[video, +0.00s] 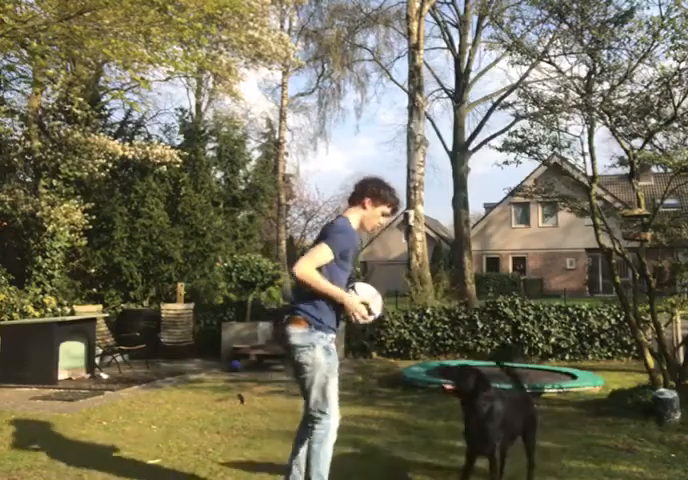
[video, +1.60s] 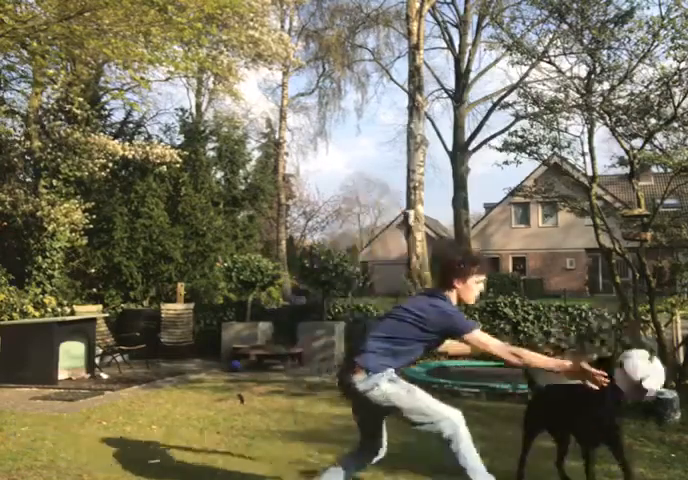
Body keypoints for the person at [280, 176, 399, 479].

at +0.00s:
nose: (381, 224)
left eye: (386, 218)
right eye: (383, 215)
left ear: (365, 204)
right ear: (367, 202)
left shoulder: (343, 231)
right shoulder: (343, 231)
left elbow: (317, 277)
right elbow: (302, 268)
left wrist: (351, 300)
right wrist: (345, 299)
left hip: (311, 332)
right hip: (311, 334)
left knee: (316, 415)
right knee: (326, 417)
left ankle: (297, 474)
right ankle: (315, 475)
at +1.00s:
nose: (393, 224)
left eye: (396, 218)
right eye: (394, 216)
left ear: (375, 209)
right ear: (377, 208)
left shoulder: (349, 237)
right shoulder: (356, 240)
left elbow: (332, 300)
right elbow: (336, 297)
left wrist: (366, 326)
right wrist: (382, 319)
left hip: (309, 333)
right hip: (310, 335)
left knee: (319, 416)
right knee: (331, 419)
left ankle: (306, 474)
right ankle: (318, 475)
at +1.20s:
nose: (401, 228)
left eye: (403, 221)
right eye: (400, 220)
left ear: (378, 216)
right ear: (384, 217)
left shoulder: (357, 248)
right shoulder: (374, 255)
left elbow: (356, 310)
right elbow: (387, 317)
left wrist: (400, 319)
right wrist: (439, 333)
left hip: (313, 339)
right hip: (319, 342)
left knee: (339, 417)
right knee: (346, 419)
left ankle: (314, 474)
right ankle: (323, 475)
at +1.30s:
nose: (413, 237)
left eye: (412, 230)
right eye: (409, 229)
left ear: (387, 230)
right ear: (389, 230)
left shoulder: (363, 261)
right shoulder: (383, 265)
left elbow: (368, 314)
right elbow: (425, 323)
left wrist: (416, 321)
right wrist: (476, 339)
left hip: (310, 347)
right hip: (323, 350)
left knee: (340, 421)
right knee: (367, 418)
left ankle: (314, 475)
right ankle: (333, 475)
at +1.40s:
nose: (427, 254)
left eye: (427, 247)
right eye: (423, 247)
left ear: (398, 248)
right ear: (404, 248)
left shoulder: (370, 275)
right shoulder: (394, 281)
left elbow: (387, 325)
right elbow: (458, 326)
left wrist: (437, 327)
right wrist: (514, 340)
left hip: (313, 354)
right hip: (331, 356)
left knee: (351, 422)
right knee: (392, 411)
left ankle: (313, 475)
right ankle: (374, 474)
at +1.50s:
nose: (450, 272)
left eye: (449, 264)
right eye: (446, 264)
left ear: (423, 266)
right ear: (425, 265)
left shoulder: (399, 291)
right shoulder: (417, 297)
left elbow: (410, 335)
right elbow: (481, 336)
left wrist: (456, 337)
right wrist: (542, 348)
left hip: (329, 362)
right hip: (345, 363)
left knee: (360, 433)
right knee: (418, 411)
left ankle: (322, 474)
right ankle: (429, 475)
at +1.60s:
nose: (480, 291)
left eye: (481, 284)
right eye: (478, 284)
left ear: (453, 281)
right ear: (457, 282)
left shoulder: (425, 304)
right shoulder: (445, 310)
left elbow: (443, 348)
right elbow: (510, 354)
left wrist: (494, 351)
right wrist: (566, 366)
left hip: (355, 376)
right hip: (377, 379)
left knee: (373, 448)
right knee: (451, 421)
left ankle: (330, 476)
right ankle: (481, 474)